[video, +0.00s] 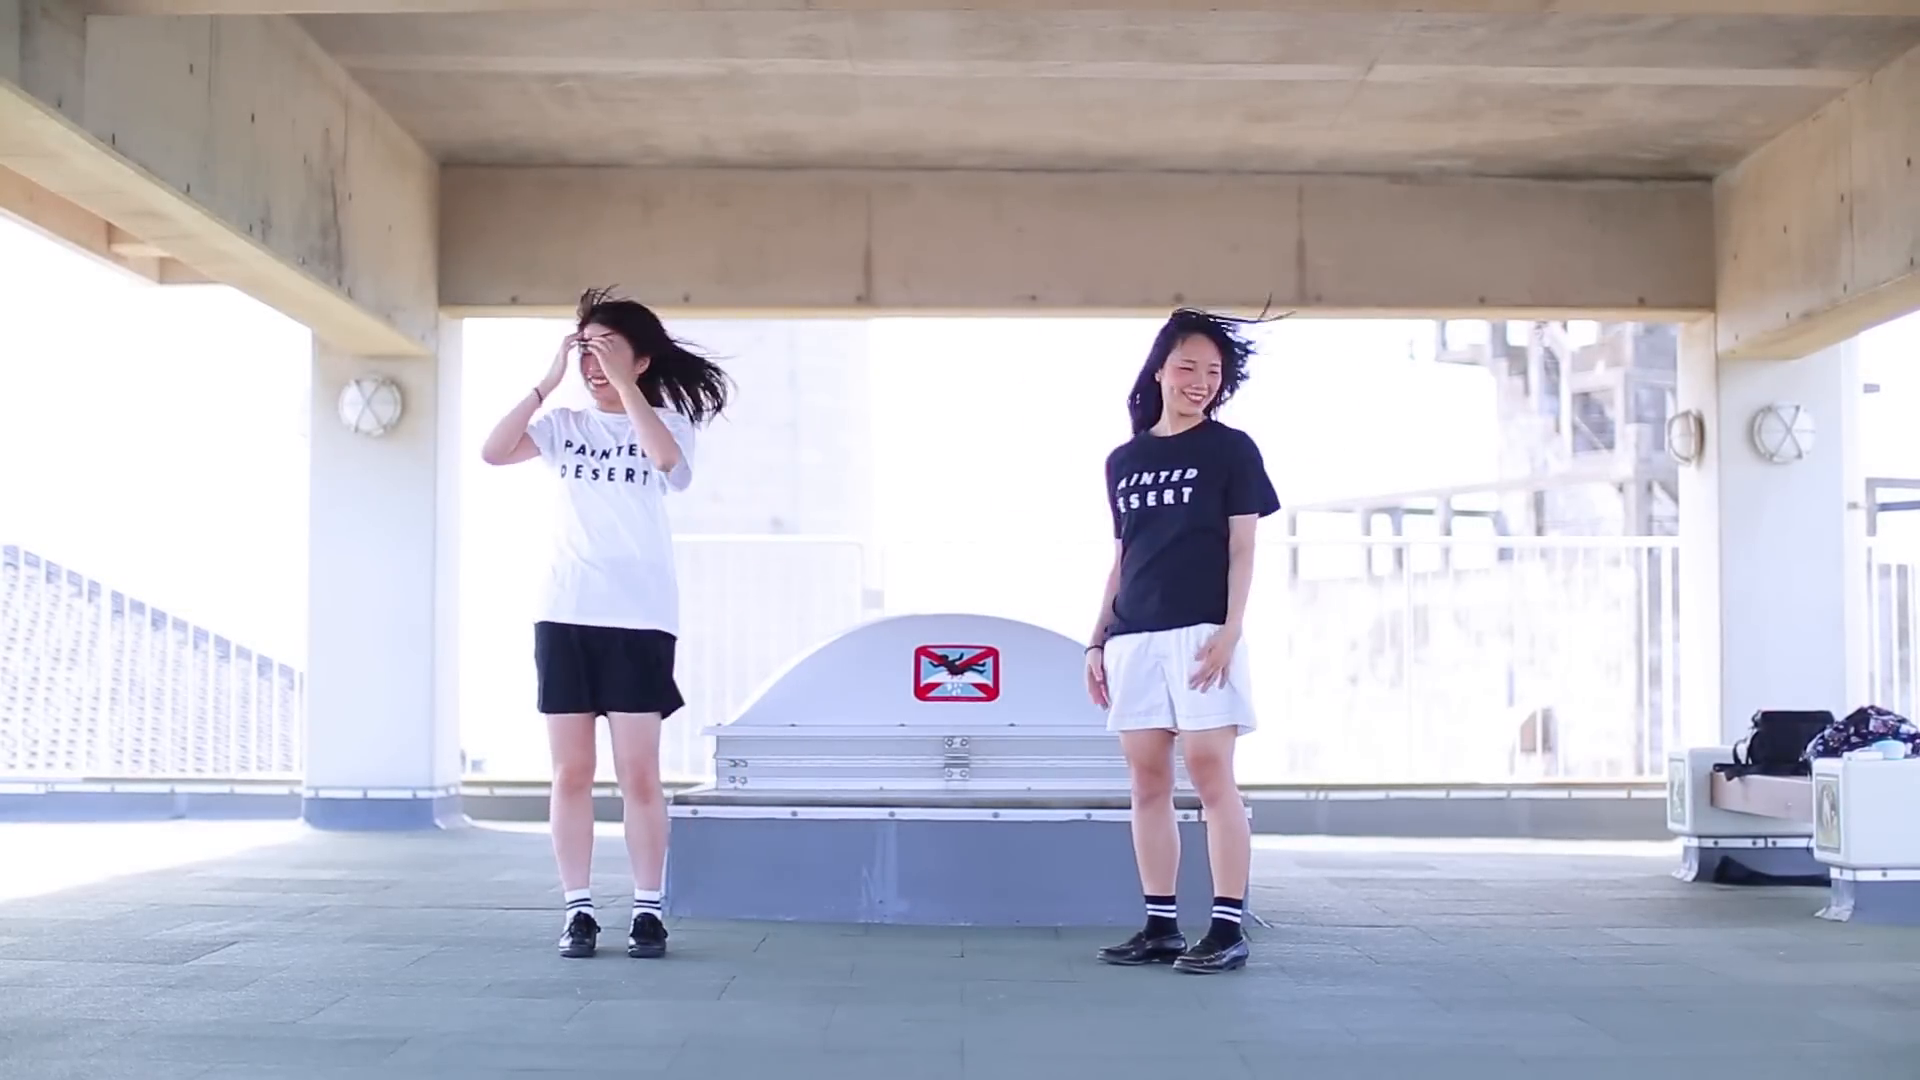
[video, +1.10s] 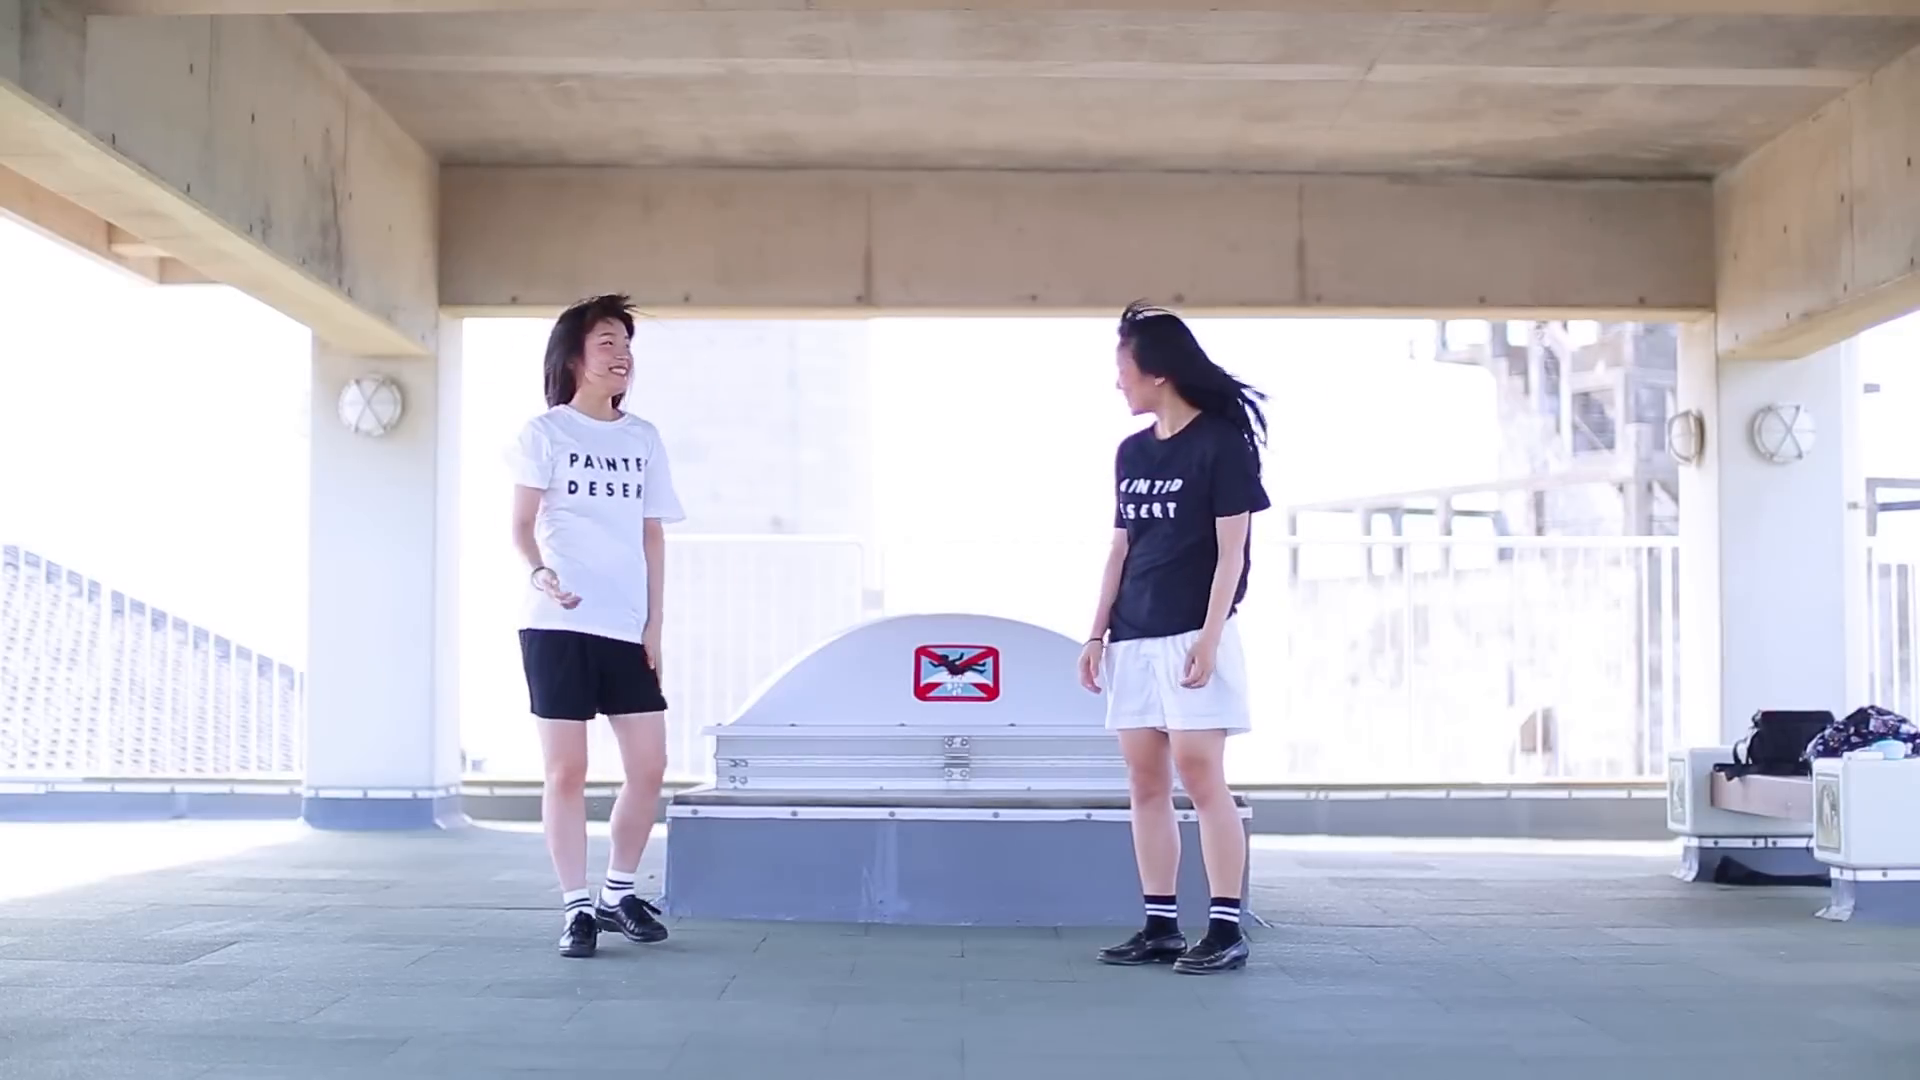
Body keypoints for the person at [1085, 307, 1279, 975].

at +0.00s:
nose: (1198, 379)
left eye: (1211, 369)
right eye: (1186, 365)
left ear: (1222, 380)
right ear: (1159, 369)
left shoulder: (1232, 448)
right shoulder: (1123, 460)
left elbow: (1242, 549)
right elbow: (1123, 556)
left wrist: (1230, 632)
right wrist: (1097, 642)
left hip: (1202, 633)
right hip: (1132, 638)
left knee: (1210, 776)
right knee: (1147, 779)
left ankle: (1228, 929)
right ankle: (1159, 928)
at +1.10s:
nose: (1117, 380)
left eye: (1123, 369)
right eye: (1117, 368)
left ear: (1157, 373)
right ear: (1151, 370)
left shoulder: (1224, 440)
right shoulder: (1133, 450)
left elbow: (1231, 550)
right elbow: (1121, 548)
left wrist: (1211, 633)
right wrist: (1097, 635)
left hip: (1196, 633)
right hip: (1130, 639)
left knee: (1200, 777)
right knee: (1146, 781)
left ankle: (1227, 930)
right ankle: (1160, 927)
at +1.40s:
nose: (1062, 456)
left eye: (1065, 441)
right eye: (1057, 443)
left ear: (1101, 430)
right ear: (1095, 436)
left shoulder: (1193, 469)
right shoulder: (1105, 491)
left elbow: (1261, 546)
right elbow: (1143, 563)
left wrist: (1309, 622)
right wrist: (1160, 630)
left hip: (1240, 636)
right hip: (1174, 641)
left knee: (1220, 775)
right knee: (1165, 777)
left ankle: (1230, 931)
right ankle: (1162, 928)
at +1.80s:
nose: (1099, 411)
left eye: (1107, 398)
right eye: (1094, 399)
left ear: (1141, 391)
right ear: (1095, 399)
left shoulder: (1203, 457)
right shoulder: (1120, 462)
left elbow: (1238, 557)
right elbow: (1137, 555)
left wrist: (1218, 633)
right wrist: (1133, 625)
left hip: (1216, 631)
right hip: (1147, 634)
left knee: (1208, 777)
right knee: (1131, 783)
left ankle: (1230, 928)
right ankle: (1138, 919)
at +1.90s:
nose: (1119, 396)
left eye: (1130, 382)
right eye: (1111, 385)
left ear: (1165, 381)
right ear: (1105, 391)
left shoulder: (1211, 454)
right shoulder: (1110, 460)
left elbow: (1227, 553)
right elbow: (1110, 551)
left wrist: (1180, 581)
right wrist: (1085, 633)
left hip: (1202, 636)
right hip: (1129, 637)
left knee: (1202, 780)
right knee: (1108, 787)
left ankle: (1227, 929)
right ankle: (1103, 917)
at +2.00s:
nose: (1122, 390)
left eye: (1134, 377)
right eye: (1115, 380)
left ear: (1169, 380)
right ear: (1109, 389)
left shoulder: (1206, 455)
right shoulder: (1099, 460)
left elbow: (1213, 548)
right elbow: (1075, 547)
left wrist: (1167, 510)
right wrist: (1028, 606)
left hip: (1186, 639)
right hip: (1112, 641)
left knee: (1191, 782)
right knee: (1086, 795)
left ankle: (1226, 929)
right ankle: (1078, 918)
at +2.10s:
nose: (1114, 391)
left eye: (1126, 379)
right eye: (1105, 382)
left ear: (1156, 383)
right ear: (1097, 392)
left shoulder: (1187, 452)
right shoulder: (1081, 463)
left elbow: (1197, 530)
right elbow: (1037, 550)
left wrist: (1158, 454)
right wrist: (1002, 550)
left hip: (1169, 637)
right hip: (1092, 640)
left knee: (1178, 775)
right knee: (1069, 790)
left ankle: (1221, 926)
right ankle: (1078, 919)